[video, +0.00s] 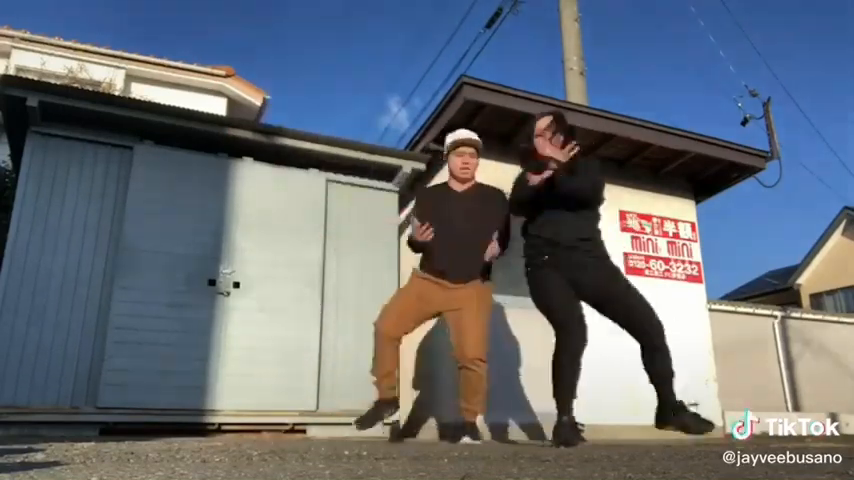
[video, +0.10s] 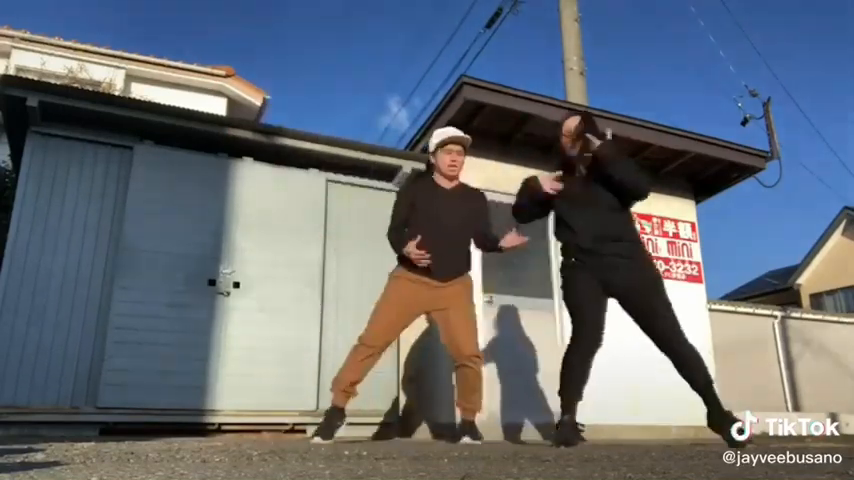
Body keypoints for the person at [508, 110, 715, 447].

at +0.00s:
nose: (539, 140)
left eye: (546, 134)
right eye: (536, 136)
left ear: (565, 139)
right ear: (532, 143)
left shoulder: (586, 166)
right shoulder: (529, 176)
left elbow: (591, 194)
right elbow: (517, 205)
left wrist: (553, 174)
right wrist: (542, 179)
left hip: (590, 263)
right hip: (546, 267)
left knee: (649, 327)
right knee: (571, 331)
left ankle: (668, 408)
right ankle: (565, 420)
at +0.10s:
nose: (571, 142)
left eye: (578, 136)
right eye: (566, 137)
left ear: (592, 139)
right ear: (561, 141)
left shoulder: (612, 166)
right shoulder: (557, 179)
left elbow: (640, 189)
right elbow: (523, 214)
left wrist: (603, 152)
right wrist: (535, 188)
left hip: (629, 263)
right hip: (582, 267)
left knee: (673, 340)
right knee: (586, 337)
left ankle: (717, 412)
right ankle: (567, 419)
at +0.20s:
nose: (598, 145)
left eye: (604, 138)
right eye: (593, 140)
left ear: (620, 138)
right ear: (588, 143)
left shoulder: (649, 172)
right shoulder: (585, 188)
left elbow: (698, 164)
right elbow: (549, 214)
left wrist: (667, 145)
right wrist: (522, 210)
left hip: (664, 267)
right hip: (614, 272)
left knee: (695, 344)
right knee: (599, 340)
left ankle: (725, 420)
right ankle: (571, 416)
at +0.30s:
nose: (615, 132)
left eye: (621, 125)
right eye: (609, 128)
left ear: (636, 127)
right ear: (606, 135)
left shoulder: (678, 156)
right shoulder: (605, 175)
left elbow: (718, 144)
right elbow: (570, 206)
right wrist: (531, 215)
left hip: (682, 260)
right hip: (633, 261)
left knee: (703, 341)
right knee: (612, 332)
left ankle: (725, 422)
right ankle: (585, 412)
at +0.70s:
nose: (632, 128)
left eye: (636, 120)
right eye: (627, 124)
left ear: (656, 120)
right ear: (626, 131)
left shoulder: (695, 152)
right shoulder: (628, 166)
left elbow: (733, 128)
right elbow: (579, 189)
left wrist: (766, 97)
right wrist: (523, 185)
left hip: (690, 263)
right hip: (642, 259)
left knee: (700, 344)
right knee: (622, 333)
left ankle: (720, 424)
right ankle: (602, 413)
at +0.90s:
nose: (586, 141)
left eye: (592, 134)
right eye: (587, 135)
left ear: (612, 138)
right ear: (598, 142)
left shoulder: (646, 170)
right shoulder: (588, 184)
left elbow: (656, 150)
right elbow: (562, 220)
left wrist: (621, 123)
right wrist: (518, 212)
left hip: (649, 263)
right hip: (605, 269)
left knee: (665, 337)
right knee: (597, 340)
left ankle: (714, 406)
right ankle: (622, 423)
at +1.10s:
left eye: (548, 122)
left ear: (551, 126)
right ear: (586, 123)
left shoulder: (538, 158)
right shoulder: (603, 155)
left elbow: (530, 197)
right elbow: (607, 196)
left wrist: (558, 205)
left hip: (556, 252)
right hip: (604, 252)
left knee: (555, 331)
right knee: (597, 330)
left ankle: (542, 415)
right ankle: (618, 415)